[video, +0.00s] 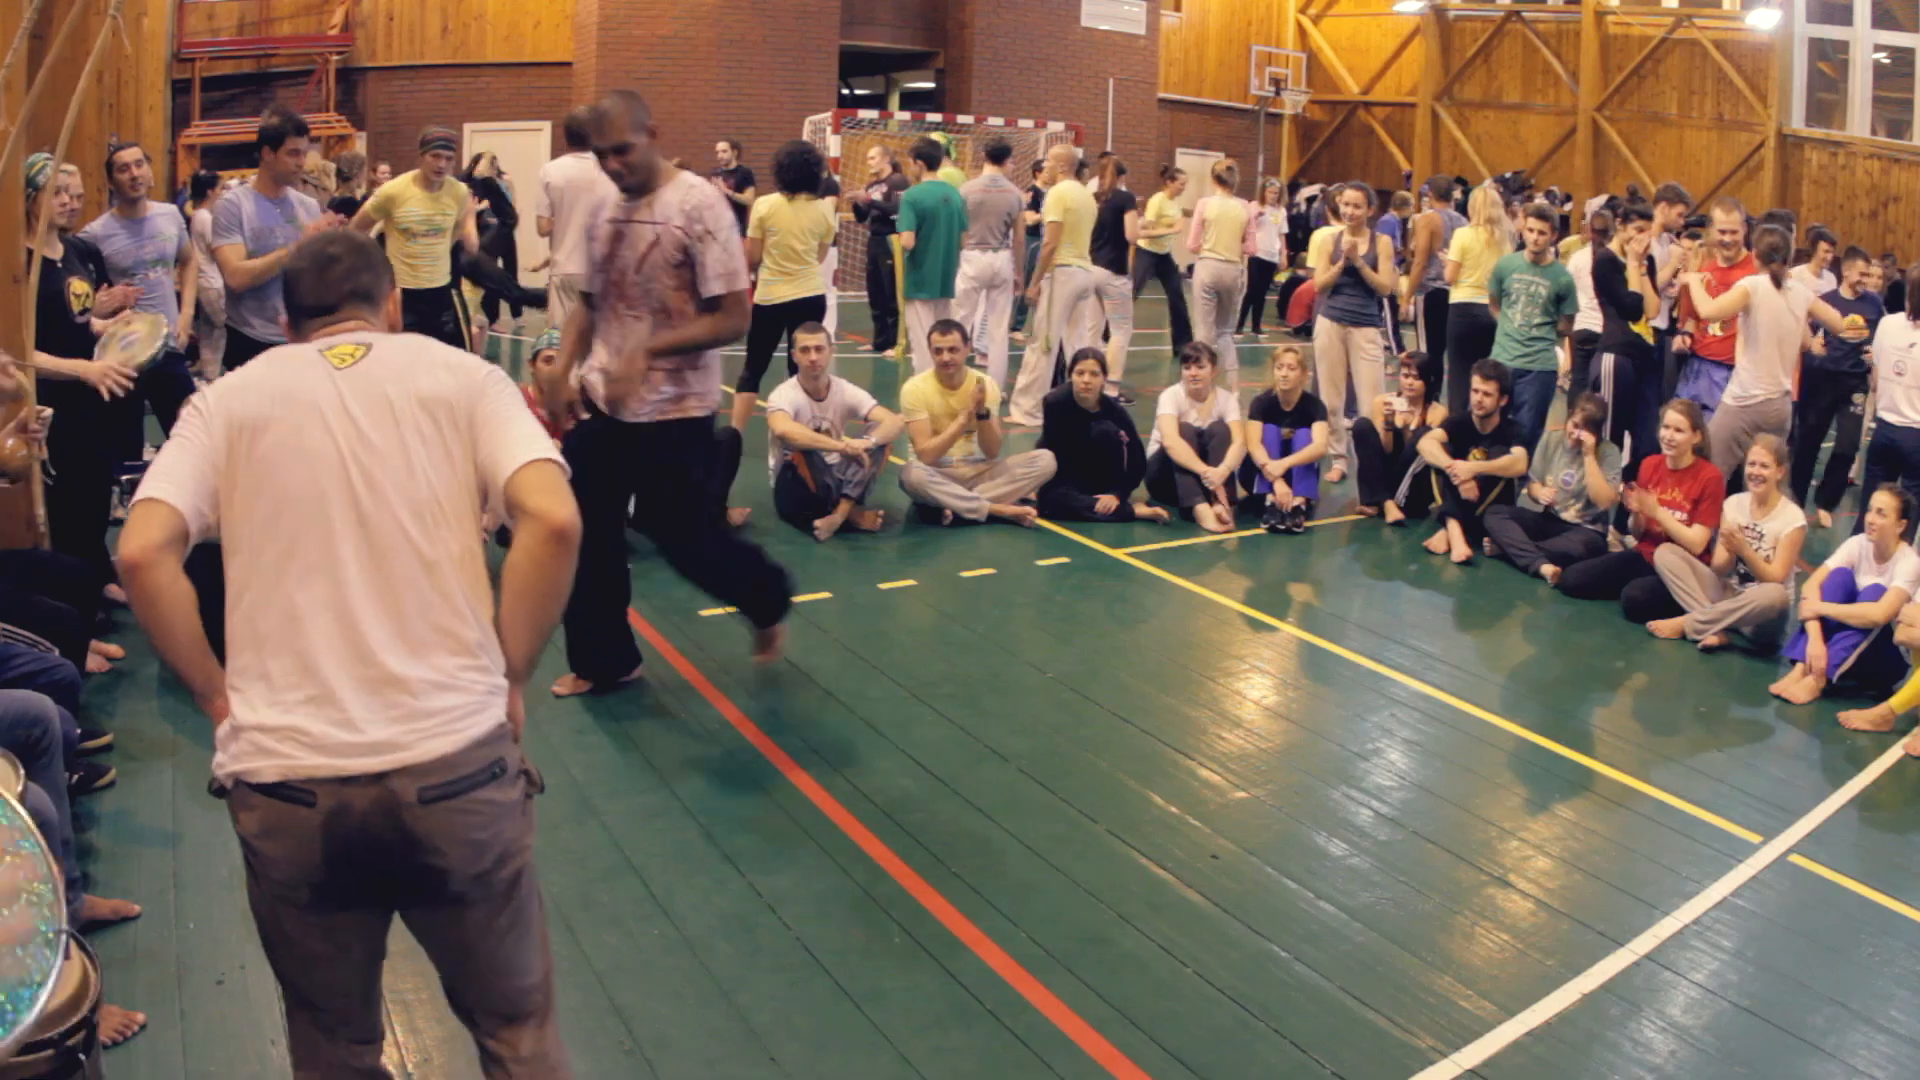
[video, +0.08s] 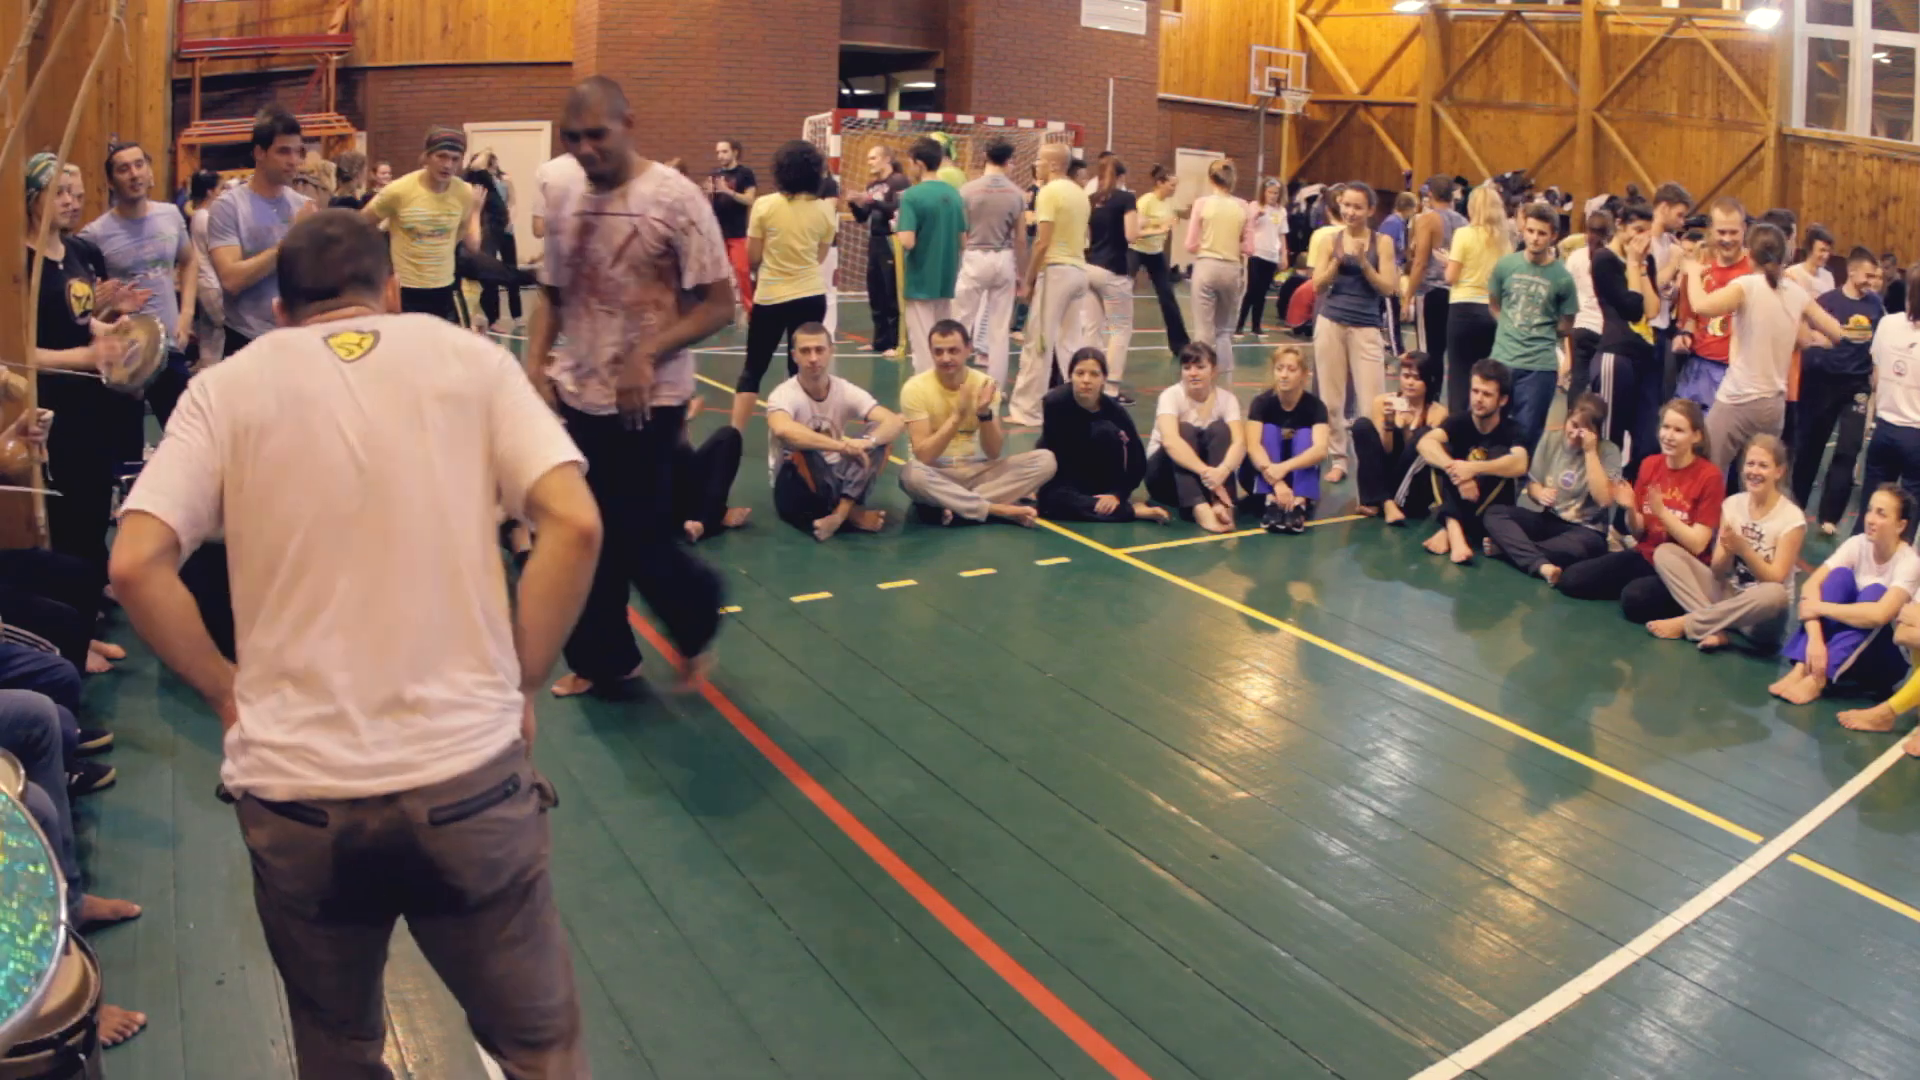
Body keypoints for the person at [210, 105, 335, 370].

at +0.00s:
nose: (301, 163)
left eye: (304, 154)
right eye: (293, 154)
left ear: (307, 154)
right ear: (267, 154)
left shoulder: (309, 207)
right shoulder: (231, 205)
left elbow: (322, 269)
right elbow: (236, 277)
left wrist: (326, 239)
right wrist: (301, 248)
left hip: (303, 343)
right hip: (250, 344)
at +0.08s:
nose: (293, 162)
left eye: (298, 153)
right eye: (283, 152)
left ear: (302, 154)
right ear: (259, 153)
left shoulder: (303, 206)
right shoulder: (227, 207)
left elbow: (318, 268)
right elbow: (232, 280)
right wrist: (294, 239)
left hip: (300, 336)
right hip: (247, 340)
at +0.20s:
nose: (278, 157)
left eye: (284, 148)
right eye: (268, 148)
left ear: (289, 151)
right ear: (247, 152)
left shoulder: (300, 204)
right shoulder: (218, 208)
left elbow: (317, 266)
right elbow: (226, 280)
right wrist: (286, 249)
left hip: (297, 331)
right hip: (245, 338)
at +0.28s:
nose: (270, 157)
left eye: (275, 148)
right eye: (260, 148)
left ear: (281, 151)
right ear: (239, 152)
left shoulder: (294, 201)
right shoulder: (214, 210)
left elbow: (313, 282)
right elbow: (222, 284)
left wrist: (308, 243)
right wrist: (283, 250)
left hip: (297, 338)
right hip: (243, 343)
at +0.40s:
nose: (260, 158)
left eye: (265, 149)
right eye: (249, 150)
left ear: (271, 152)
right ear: (228, 156)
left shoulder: (288, 201)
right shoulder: (208, 213)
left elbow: (310, 282)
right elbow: (213, 288)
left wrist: (309, 250)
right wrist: (262, 248)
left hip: (292, 343)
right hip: (238, 348)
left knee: (307, 455)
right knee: (248, 459)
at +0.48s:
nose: (255, 159)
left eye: (259, 149)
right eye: (244, 152)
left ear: (265, 151)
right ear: (223, 157)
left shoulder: (284, 200)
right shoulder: (203, 214)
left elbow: (309, 279)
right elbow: (211, 288)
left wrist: (301, 247)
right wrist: (262, 250)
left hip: (291, 343)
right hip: (237, 348)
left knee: (308, 451)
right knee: (248, 456)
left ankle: (306, 536)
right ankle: (252, 541)